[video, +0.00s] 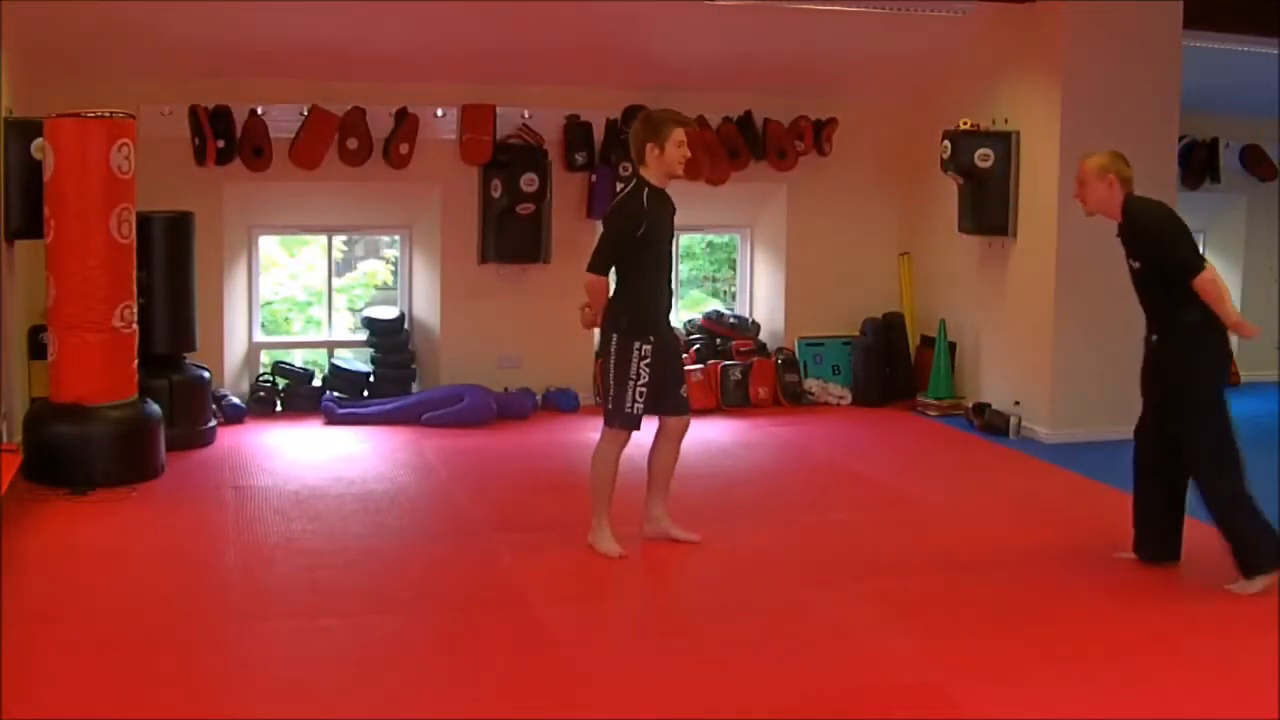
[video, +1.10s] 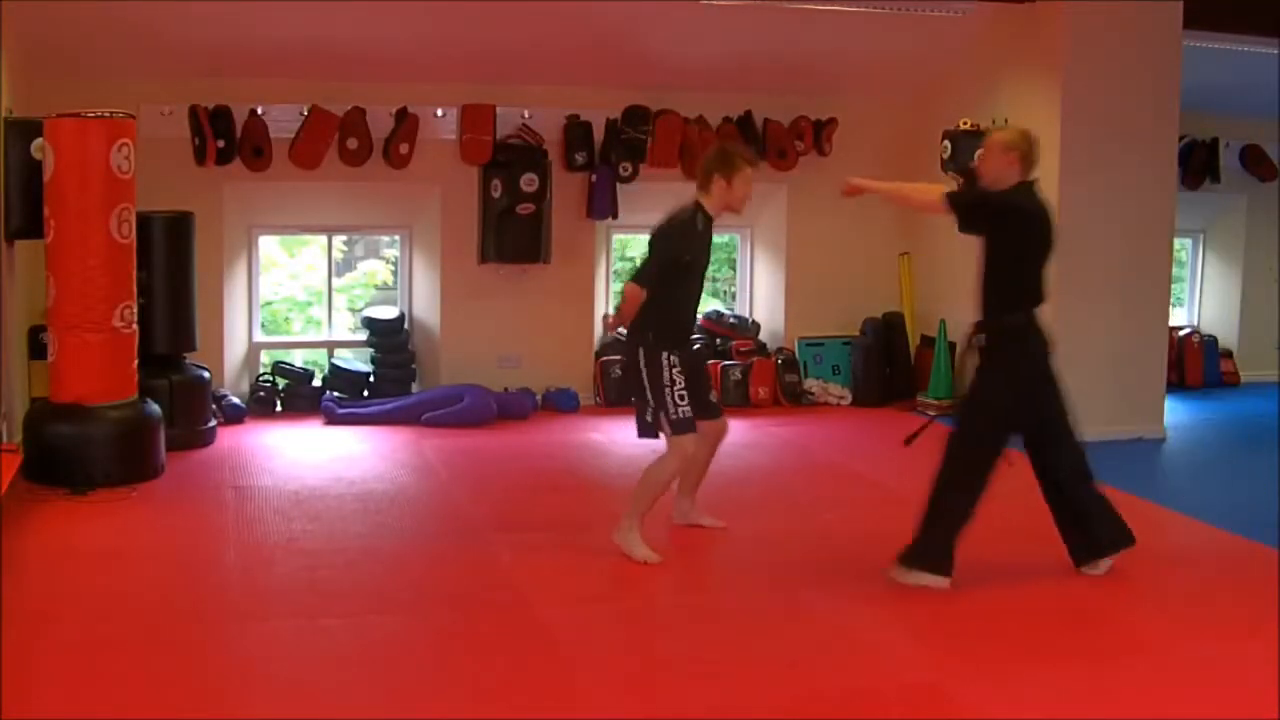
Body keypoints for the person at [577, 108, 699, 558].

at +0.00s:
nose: (687, 153)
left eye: (687, 145)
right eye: (679, 145)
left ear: (661, 152)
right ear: (652, 150)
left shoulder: (663, 201)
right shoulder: (632, 202)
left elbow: (642, 271)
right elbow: (595, 277)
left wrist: (603, 309)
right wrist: (601, 312)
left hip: (659, 329)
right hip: (628, 329)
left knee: (676, 420)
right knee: (618, 429)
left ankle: (656, 517)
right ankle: (599, 527)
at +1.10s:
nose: (748, 194)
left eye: (749, 186)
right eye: (745, 185)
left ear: (721, 183)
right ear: (719, 182)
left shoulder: (703, 226)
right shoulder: (681, 226)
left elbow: (662, 285)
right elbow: (636, 289)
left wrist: (628, 317)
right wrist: (623, 321)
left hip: (679, 345)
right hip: (654, 347)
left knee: (713, 427)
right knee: (682, 446)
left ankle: (685, 509)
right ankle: (628, 526)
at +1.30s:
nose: (777, 267)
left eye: (778, 259)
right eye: (774, 257)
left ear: (745, 254)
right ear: (749, 254)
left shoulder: (715, 283)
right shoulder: (700, 285)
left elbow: (660, 322)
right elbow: (636, 327)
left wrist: (613, 341)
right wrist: (604, 351)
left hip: (662, 370)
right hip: (640, 371)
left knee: (720, 429)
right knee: (675, 467)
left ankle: (684, 508)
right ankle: (607, 553)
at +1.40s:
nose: (780, 295)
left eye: (781, 286)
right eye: (777, 285)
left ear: (748, 282)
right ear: (751, 283)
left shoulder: (712, 303)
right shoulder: (697, 311)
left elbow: (654, 332)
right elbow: (624, 345)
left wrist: (606, 353)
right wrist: (594, 365)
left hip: (659, 381)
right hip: (628, 385)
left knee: (713, 435)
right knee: (663, 476)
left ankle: (682, 509)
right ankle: (605, 574)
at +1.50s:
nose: (774, 297)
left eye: (774, 288)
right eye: (770, 287)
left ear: (739, 285)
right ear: (743, 286)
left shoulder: (704, 302)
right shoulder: (681, 321)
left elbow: (653, 328)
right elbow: (617, 355)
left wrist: (617, 348)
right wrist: (587, 365)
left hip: (653, 382)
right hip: (619, 388)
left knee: (690, 452)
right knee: (662, 481)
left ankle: (683, 512)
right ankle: (603, 578)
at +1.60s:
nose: (761, 273)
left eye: (763, 265)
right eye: (758, 264)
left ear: (728, 257)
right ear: (732, 258)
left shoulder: (695, 289)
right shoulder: (675, 297)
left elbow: (643, 331)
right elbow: (607, 343)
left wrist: (600, 353)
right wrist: (583, 362)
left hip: (647, 385)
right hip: (621, 390)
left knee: (674, 452)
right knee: (665, 496)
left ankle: (663, 522)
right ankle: (601, 581)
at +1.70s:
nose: (756, 233)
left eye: (759, 223)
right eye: (754, 222)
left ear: (725, 216)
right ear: (730, 217)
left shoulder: (690, 251)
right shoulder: (678, 265)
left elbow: (638, 311)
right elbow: (620, 328)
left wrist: (598, 343)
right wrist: (589, 350)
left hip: (654, 368)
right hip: (629, 376)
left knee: (679, 447)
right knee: (661, 494)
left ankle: (636, 540)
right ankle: (600, 578)